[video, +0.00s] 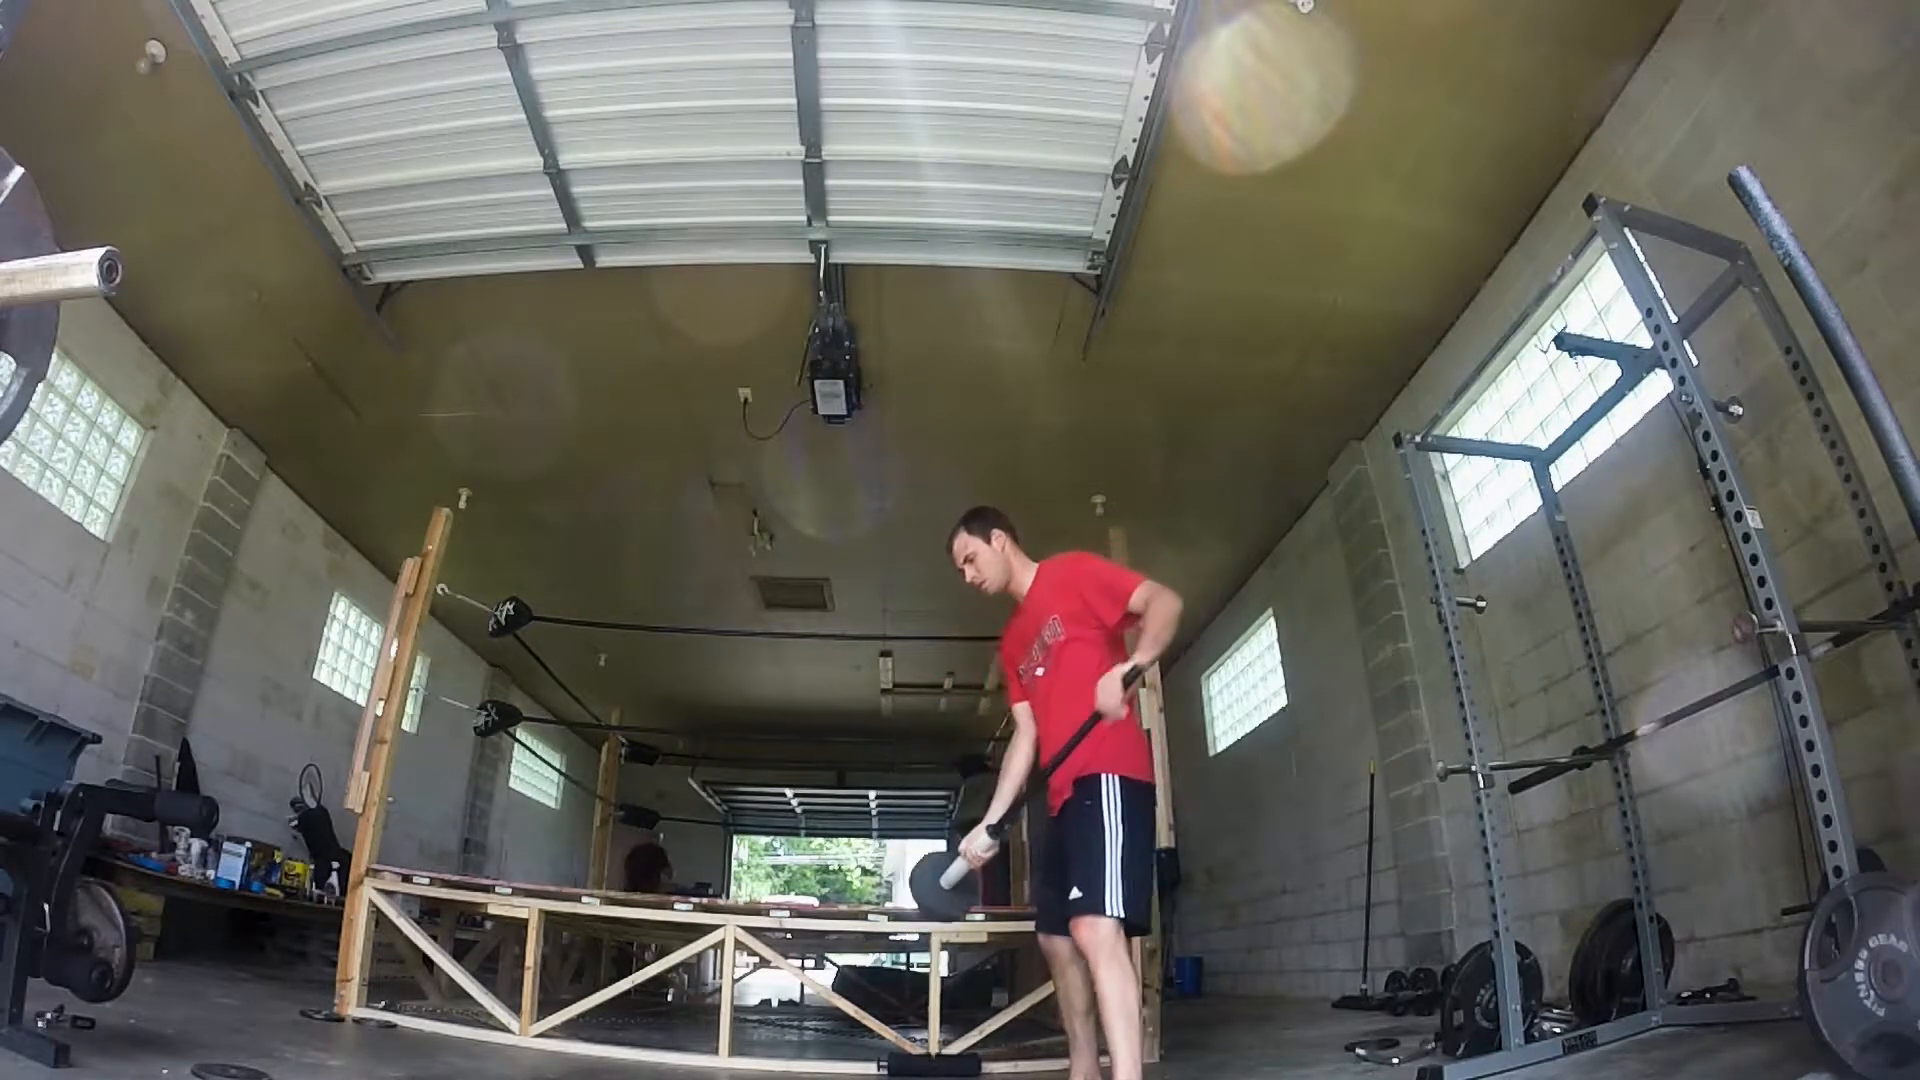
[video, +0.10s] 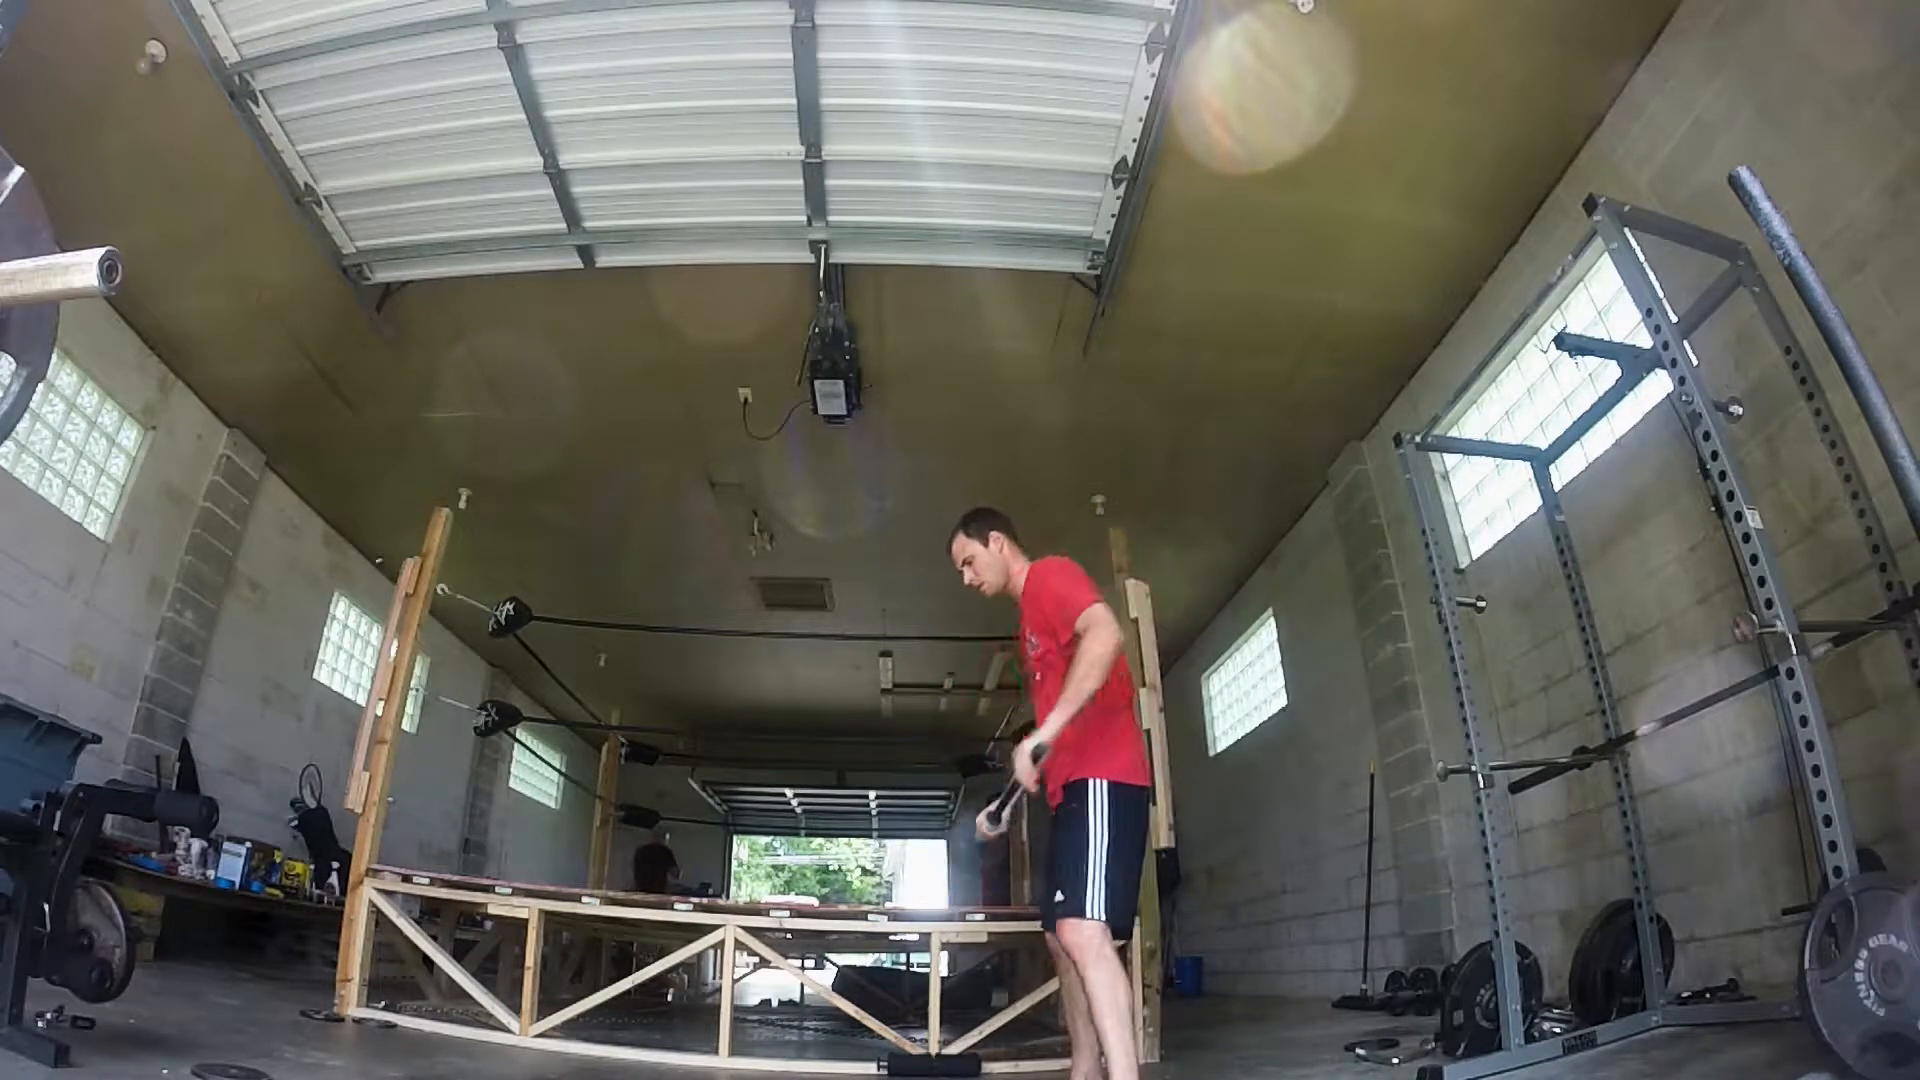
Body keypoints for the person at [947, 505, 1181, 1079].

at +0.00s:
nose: (968, 574)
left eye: (970, 558)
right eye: (961, 568)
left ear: (1002, 538)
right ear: (978, 563)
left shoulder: (1070, 570)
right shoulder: (1012, 641)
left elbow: (1164, 602)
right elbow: (1025, 734)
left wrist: (1132, 667)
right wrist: (989, 822)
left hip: (1109, 771)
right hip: (1061, 788)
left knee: (1095, 928)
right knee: (1055, 936)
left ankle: (1128, 1075)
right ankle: (1085, 1072)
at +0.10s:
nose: (967, 577)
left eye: (968, 562)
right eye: (961, 570)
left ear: (999, 541)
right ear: (984, 556)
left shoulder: (1051, 575)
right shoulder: (1031, 614)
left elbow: (1104, 635)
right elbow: (1054, 722)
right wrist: (1012, 797)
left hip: (1104, 774)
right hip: (1074, 782)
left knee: (1083, 930)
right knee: (1063, 933)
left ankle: (1125, 1074)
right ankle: (1086, 1071)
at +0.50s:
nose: (956, 584)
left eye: (953, 569)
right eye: (950, 574)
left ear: (977, 546)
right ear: (998, 542)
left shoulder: (978, 604)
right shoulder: (1082, 583)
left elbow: (941, 701)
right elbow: (1111, 661)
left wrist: (934, 732)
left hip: (1056, 784)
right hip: (1112, 785)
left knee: (1044, 940)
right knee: (1086, 942)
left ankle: (1116, 1074)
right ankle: (1086, 1071)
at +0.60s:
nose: (955, 583)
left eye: (951, 569)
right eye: (948, 572)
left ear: (975, 547)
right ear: (997, 542)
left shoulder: (968, 606)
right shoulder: (1078, 575)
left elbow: (944, 692)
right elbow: (1112, 627)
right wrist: (1102, 567)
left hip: (1047, 783)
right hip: (1106, 784)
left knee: (1045, 941)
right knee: (1086, 943)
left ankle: (1117, 1074)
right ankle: (1085, 1073)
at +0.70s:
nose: (955, 581)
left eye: (952, 566)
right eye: (950, 570)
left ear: (972, 545)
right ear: (1000, 540)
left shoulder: (963, 606)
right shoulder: (1078, 572)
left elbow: (957, 670)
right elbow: (1123, 585)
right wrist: (1110, 520)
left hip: (1040, 784)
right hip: (1102, 784)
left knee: (1043, 939)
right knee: (1083, 942)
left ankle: (1117, 1074)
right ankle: (1086, 1072)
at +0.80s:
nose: (954, 575)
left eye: (951, 566)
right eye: (951, 568)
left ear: (969, 547)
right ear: (998, 537)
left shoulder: (962, 605)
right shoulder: (1077, 567)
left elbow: (965, 665)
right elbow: (1128, 559)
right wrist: (1112, 493)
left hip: (1037, 785)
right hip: (1098, 783)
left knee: (1040, 937)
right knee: (1084, 941)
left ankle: (1115, 1075)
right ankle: (1084, 1072)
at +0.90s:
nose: (958, 579)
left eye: (954, 566)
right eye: (955, 569)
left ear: (968, 549)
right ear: (1002, 540)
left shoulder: (964, 606)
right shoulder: (1076, 568)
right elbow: (1132, 546)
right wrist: (1113, 472)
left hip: (1034, 783)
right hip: (1096, 780)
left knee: (1040, 936)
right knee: (1085, 939)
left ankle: (1117, 1074)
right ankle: (1083, 1070)